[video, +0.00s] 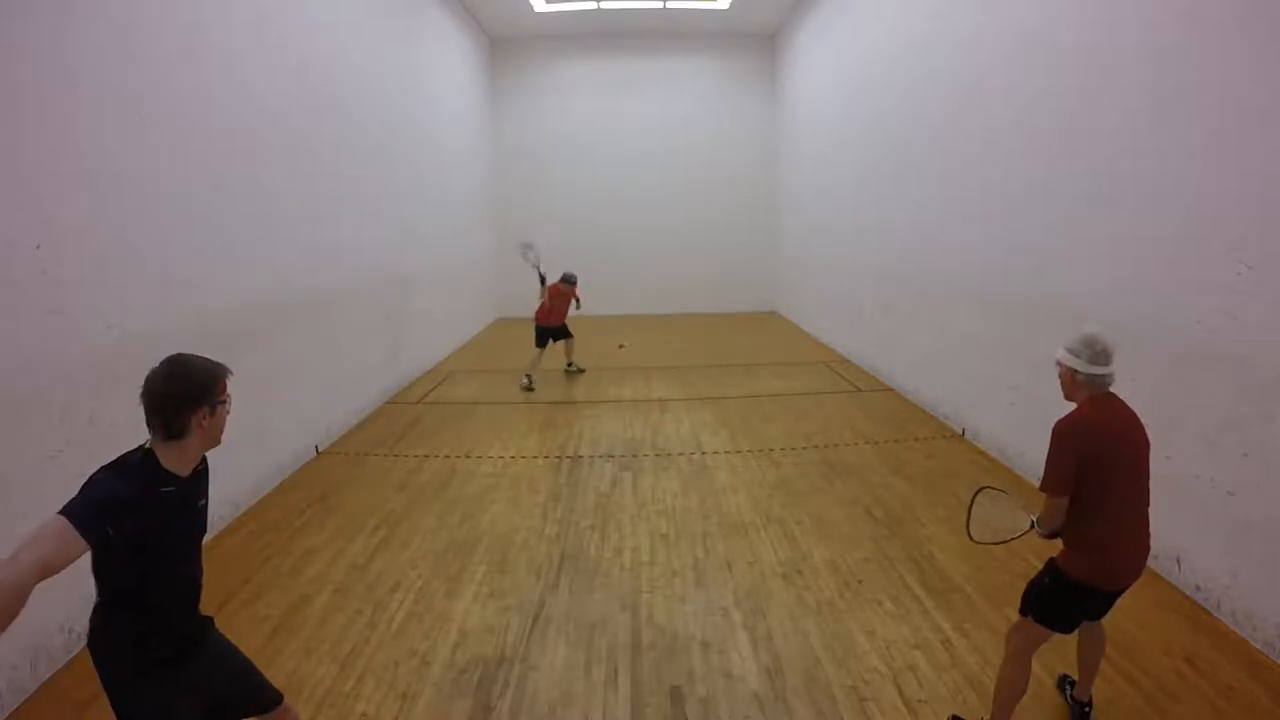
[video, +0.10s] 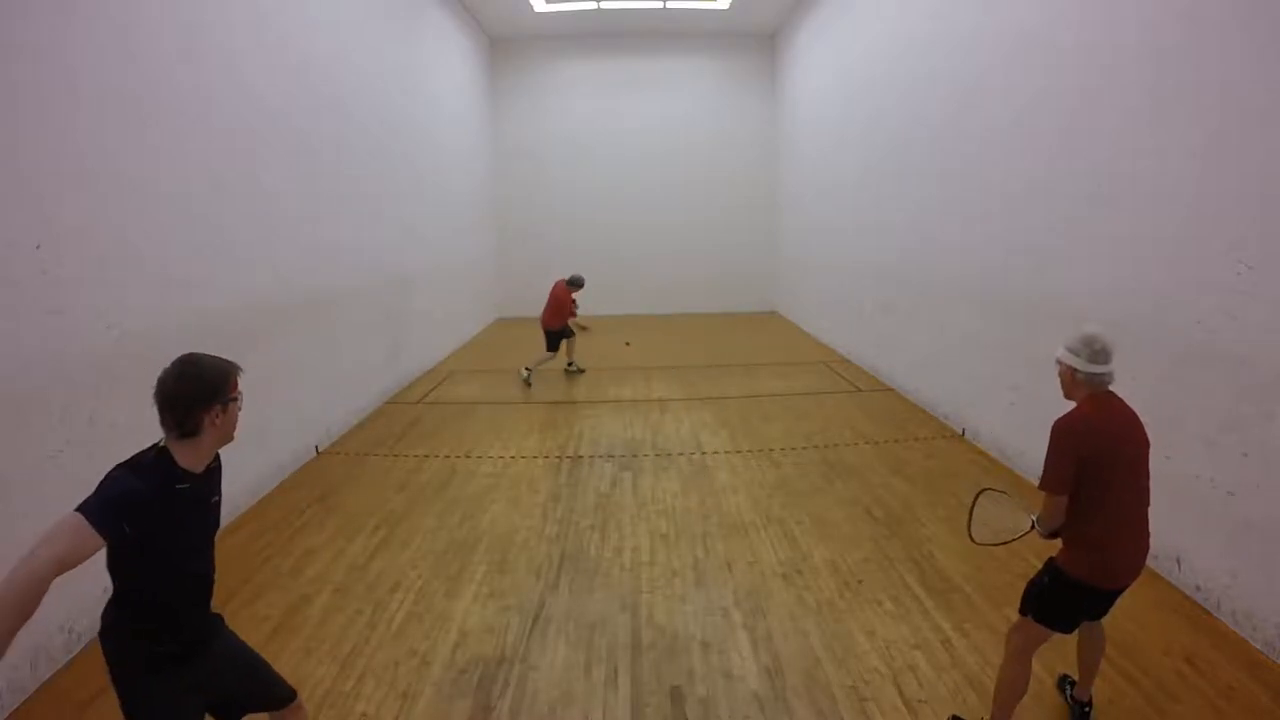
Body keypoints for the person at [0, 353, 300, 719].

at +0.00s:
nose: (228, 412)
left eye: (227, 403)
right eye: (224, 404)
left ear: (196, 420)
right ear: (201, 419)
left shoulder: (195, 466)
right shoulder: (117, 489)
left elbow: (175, 553)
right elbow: (22, 568)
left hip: (187, 627)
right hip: (132, 651)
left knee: (279, 711)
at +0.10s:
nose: (240, 409)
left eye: (238, 400)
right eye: (236, 401)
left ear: (176, 410)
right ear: (215, 416)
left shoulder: (209, 462)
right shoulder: (133, 486)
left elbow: (184, 549)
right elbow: (36, 567)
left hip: (198, 625)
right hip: (142, 645)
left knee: (289, 706)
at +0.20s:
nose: (257, 404)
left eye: (254, 394)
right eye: (252, 396)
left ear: (226, 412)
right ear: (231, 412)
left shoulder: (227, 457)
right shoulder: (155, 482)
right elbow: (70, 561)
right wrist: (12, 671)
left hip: (216, 617)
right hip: (162, 637)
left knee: (303, 695)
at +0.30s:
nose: (272, 392)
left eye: (271, 384)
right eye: (268, 385)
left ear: (240, 398)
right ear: (246, 397)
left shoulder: (241, 446)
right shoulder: (176, 470)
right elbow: (94, 555)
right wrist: (57, 669)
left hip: (234, 602)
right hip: (181, 623)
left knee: (312, 681)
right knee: (202, 713)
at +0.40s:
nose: (278, 374)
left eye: (276, 365)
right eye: (274, 366)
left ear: (247, 381)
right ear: (254, 379)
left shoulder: (250, 428)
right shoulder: (183, 449)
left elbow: (227, 508)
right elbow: (110, 539)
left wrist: (251, 556)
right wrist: (91, 653)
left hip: (240, 588)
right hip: (189, 607)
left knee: (306, 677)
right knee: (217, 711)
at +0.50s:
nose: (278, 355)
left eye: (277, 347)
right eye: (274, 348)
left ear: (248, 362)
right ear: (253, 361)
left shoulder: (248, 411)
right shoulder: (185, 429)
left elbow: (230, 489)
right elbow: (116, 520)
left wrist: (251, 537)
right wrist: (110, 635)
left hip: (239, 572)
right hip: (190, 592)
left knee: (293, 669)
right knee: (232, 710)